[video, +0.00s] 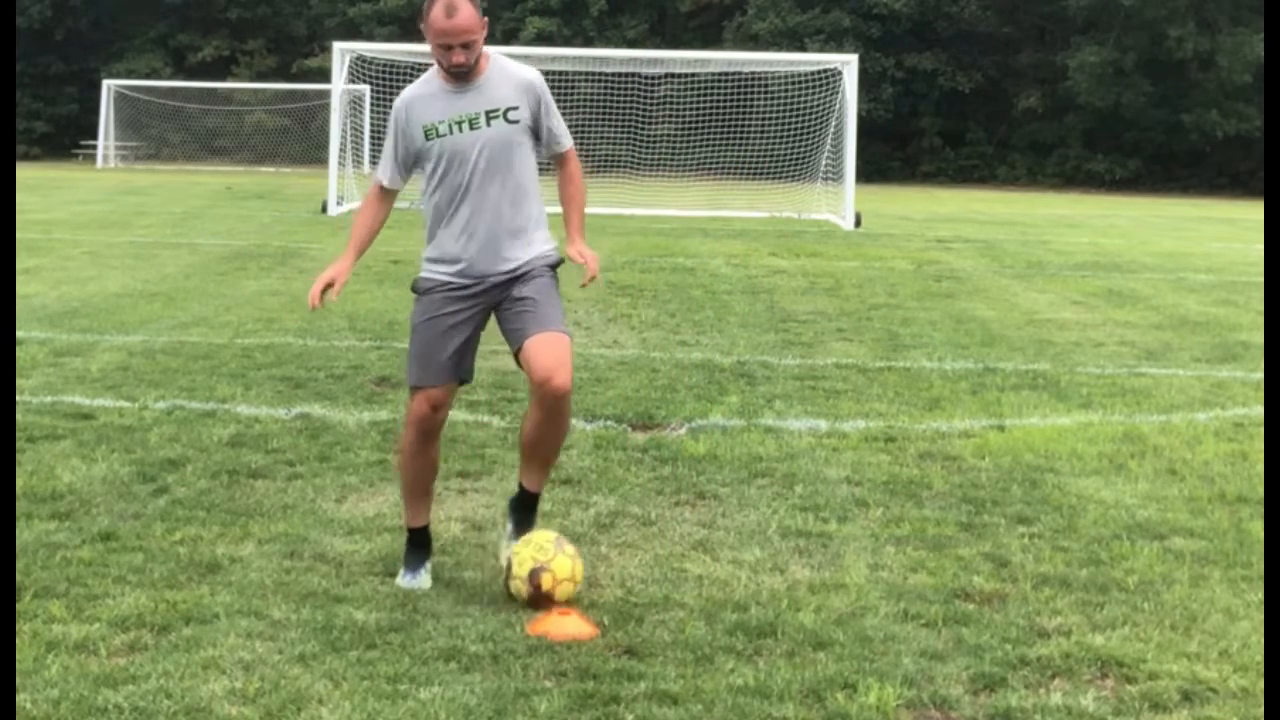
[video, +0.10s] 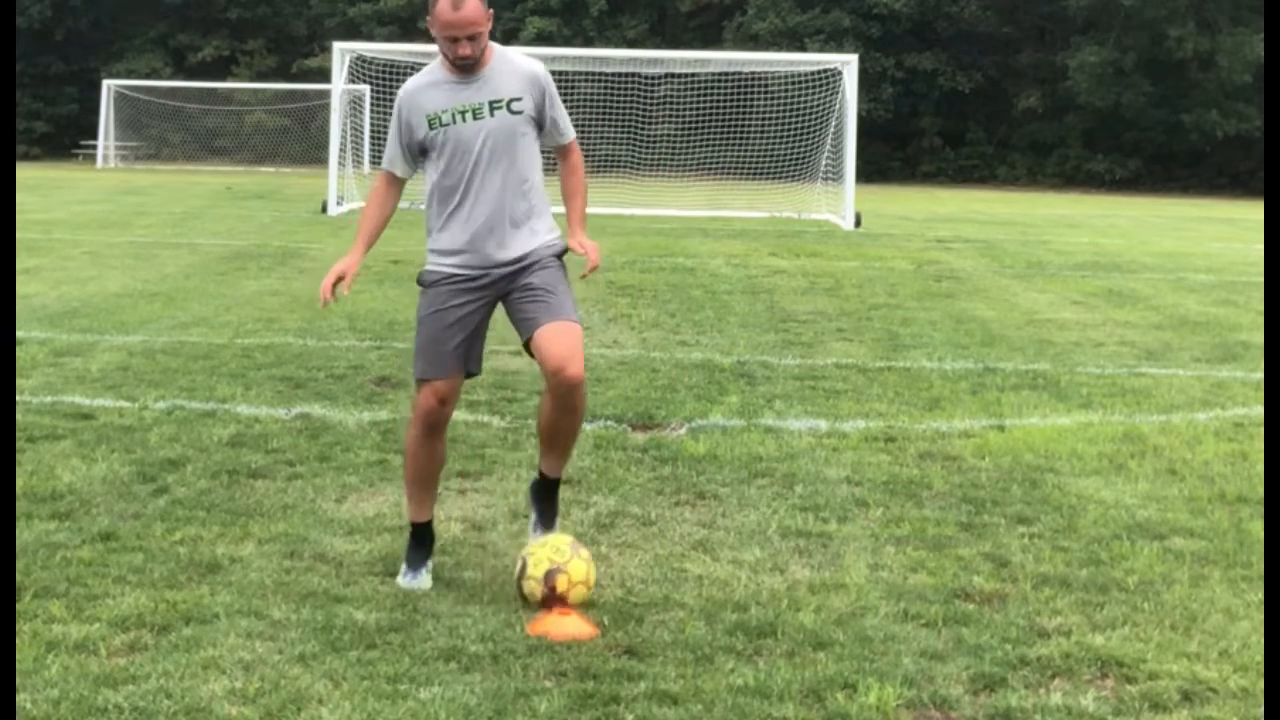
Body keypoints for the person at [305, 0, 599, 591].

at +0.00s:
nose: (458, 57)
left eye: (468, 45)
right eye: (446, 47)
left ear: (484, 30)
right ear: (426, 37)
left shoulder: (524, 84)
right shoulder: (411, 105)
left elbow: (565, 157)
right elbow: (382, 191)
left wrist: (575, 237)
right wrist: (346, 260)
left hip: (527, 265)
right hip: (448, 275)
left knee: (556, 384)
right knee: (427, 407)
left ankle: (524, 514)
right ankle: (417, 546)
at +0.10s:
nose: (465, 50)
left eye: (474, 37)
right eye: (452, 40)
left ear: (491, 22)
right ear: (431, 29)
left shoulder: (529, 76)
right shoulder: (414, 97)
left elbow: (568, 149)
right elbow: (389, 180)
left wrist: (576, 227)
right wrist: (355, 253)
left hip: (532, 256)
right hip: (453, 269)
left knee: (568, 372)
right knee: (432, 405)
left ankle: (546, 494)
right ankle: (419, 541)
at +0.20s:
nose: (471, 44)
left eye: (481, 31)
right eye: (458, 33)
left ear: (498, 17)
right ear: (438, 23)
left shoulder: (535, 70)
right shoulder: (418, 90)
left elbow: (570, 145)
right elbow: (396, 172)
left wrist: (579, 221)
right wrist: (364, 248)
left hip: (538, 248)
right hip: (457, 262)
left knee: (580, 365)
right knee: (437, 401)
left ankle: (568, 485)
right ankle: (426, 538)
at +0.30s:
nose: (476, 42)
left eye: (486, 29)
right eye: (463, 32)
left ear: (503, 15)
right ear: (443, 21)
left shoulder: (540, 68)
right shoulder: (423, 86)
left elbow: (572, 142)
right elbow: (401, 169)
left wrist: (584, 219)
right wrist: (372, 247)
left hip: (542, 243)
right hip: (462, 255)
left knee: (589, 360)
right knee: (445, 397)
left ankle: (586, 478)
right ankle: (440, 533)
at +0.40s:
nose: (481, 44)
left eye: (492, 31)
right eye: (469, 33)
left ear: (509, 14)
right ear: (449, 21)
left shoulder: (546, 68)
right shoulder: (428, 87)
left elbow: (576, 145)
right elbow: (407, 170)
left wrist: (590, 222)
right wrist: (378, 251)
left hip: (547, 243)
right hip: (467, 256)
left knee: (599, 361)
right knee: (452, 399)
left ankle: (600, 482)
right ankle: (455, 532)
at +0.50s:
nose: (490, 47)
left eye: (499, 34)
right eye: (478, 37)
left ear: (516, 18)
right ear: (456, 26)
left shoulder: (550, 71)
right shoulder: (433, 91)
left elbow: (581, 150)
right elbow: (411, 174)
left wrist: (597, 226)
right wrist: (384, 255)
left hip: (551, 247)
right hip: (472, 260)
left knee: (608, 362)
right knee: (462, 402)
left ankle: (609, 492)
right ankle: (472, 535)